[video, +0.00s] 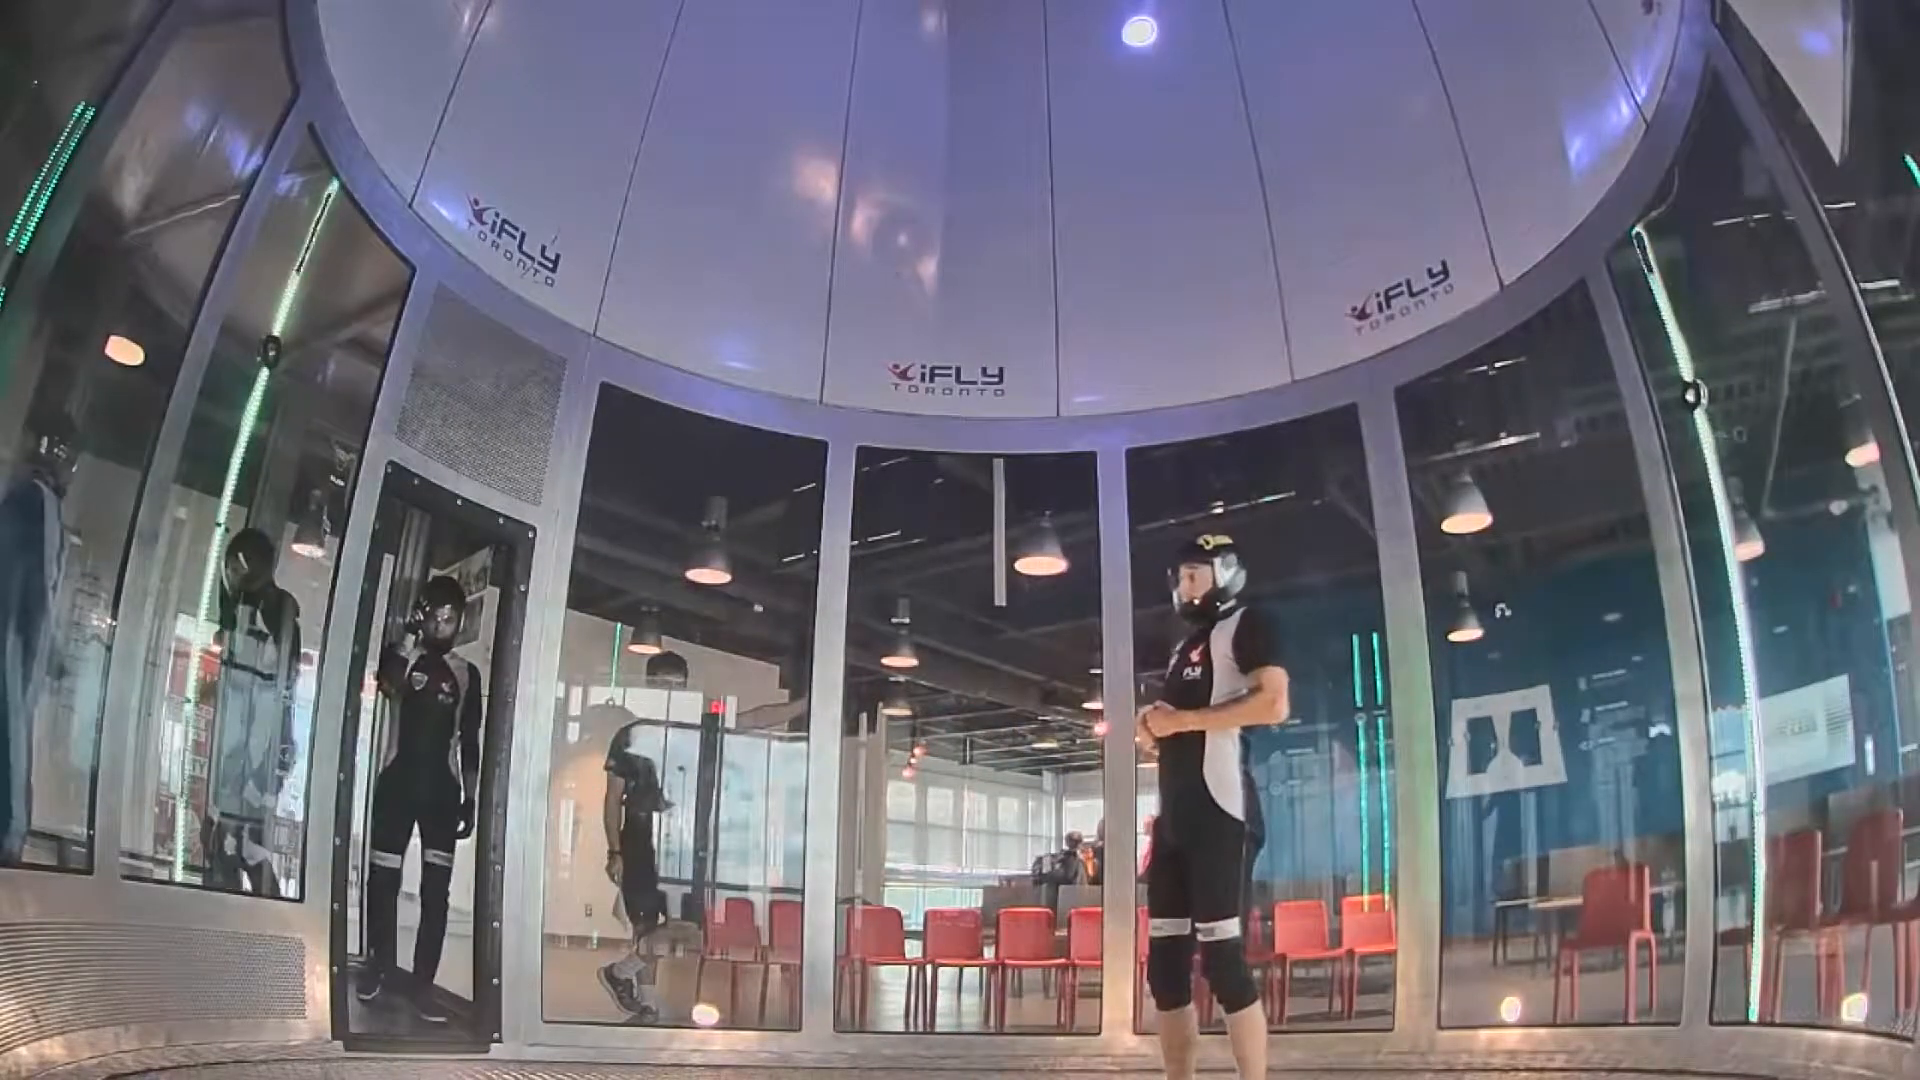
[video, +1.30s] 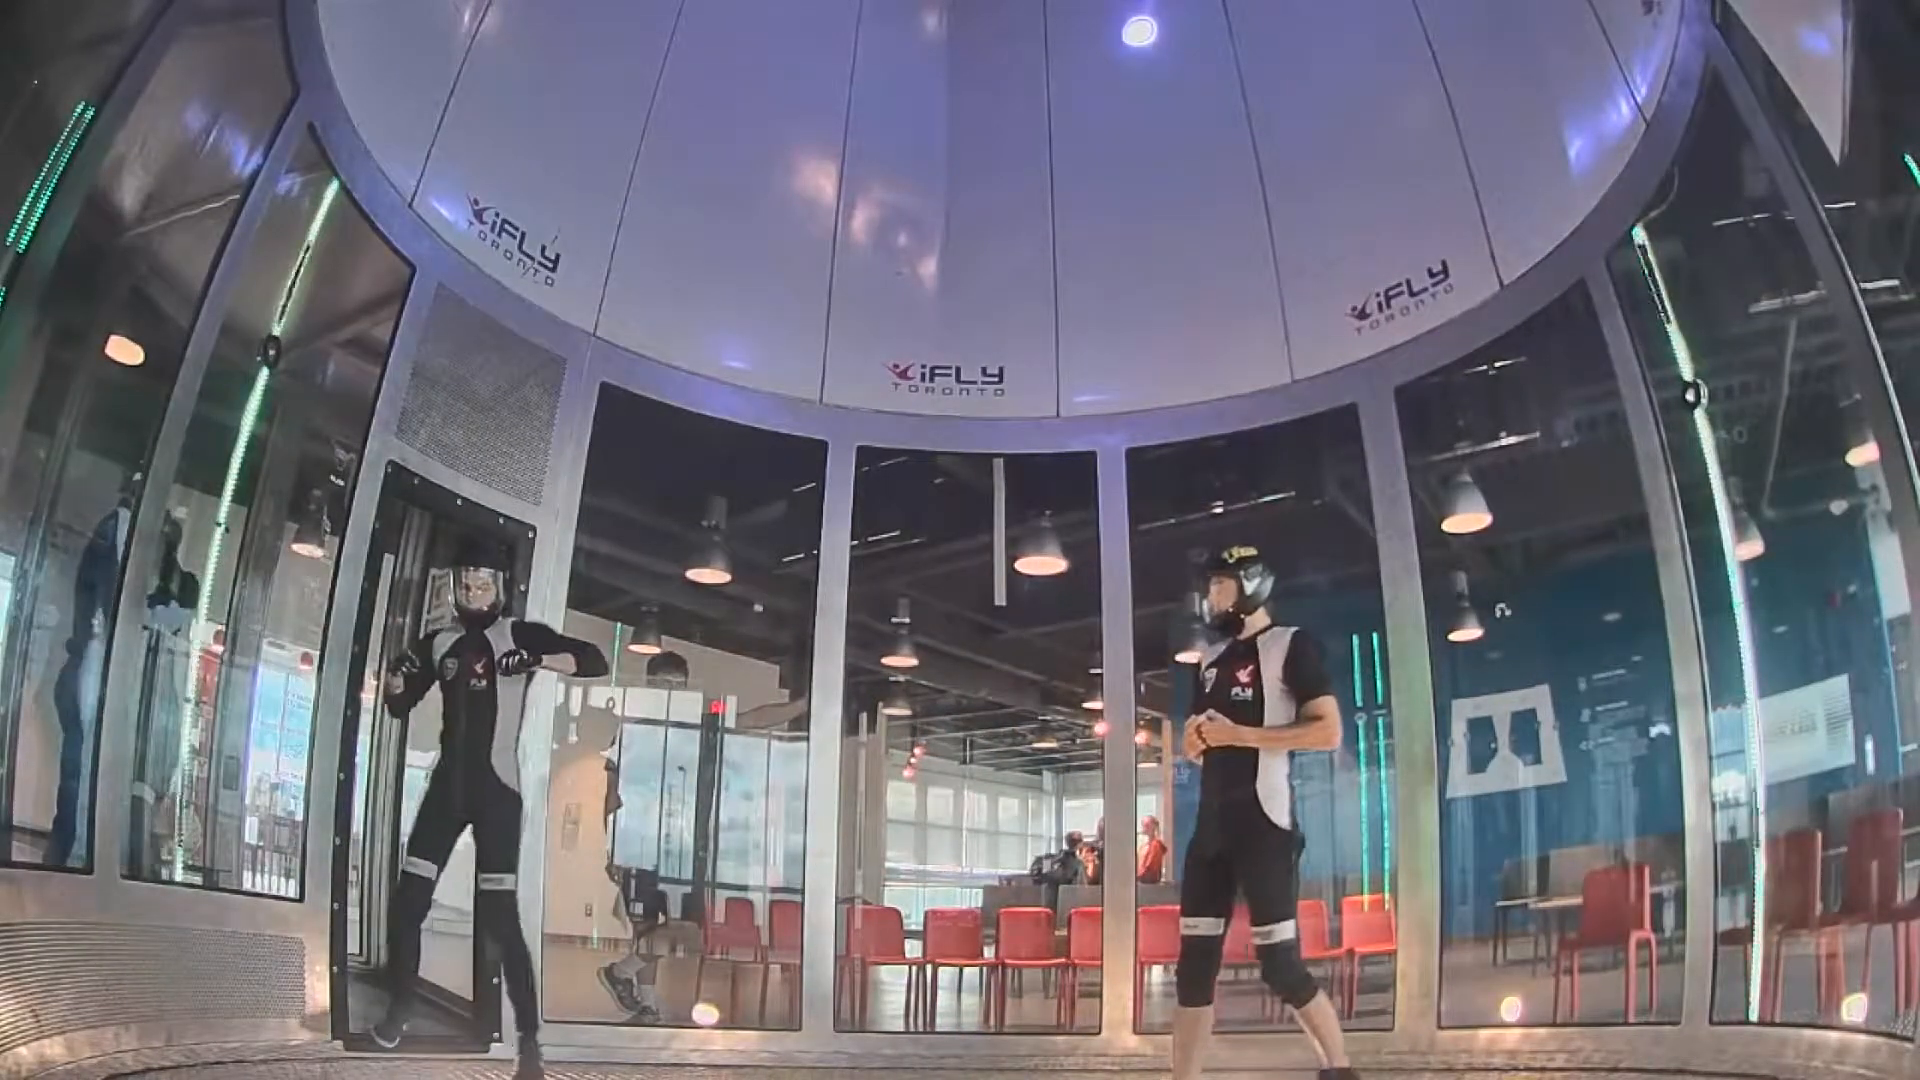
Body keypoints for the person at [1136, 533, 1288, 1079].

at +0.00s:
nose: (1186, 585)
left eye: (1197, 574)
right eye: (1183, 575)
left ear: (1226, 575)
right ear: (1179, 579)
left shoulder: (1252, 622)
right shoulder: (1185, 642)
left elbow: (1274, 703)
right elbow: (1184, 728)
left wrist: (1182, 719)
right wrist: (1149, 733)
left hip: (1224, 812)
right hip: (1175, 813)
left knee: (1223, 961)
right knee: (1166, 965)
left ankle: (1253, 1075)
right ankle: (1179, 1077)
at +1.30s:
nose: (1213, 595)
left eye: (1222, 584)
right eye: (1211, 586)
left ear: (1253, 586)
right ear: (1218, 594)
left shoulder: (1292, 645)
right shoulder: (1212, 662)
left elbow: (1329, 732)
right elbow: (1190, 749)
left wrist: (1240, 733)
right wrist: (1193, 741)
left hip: (1267, 823)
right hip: (1212, 824)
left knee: (1280, 965)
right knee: (1195, 962)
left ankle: (1339, 1068)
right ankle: (1183, 1076)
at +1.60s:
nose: (1274, 609)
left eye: (1284, 598)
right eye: (1272, 599)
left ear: (1315, 598)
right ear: (1272, 605)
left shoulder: (1367, 653)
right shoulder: (1268, 670)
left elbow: (1412, 729)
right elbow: (1251, 763)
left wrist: (1332, 733)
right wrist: (1271, 745)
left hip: (1354, 833)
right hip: (1293, 834)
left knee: (1373, 962)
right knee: (1242, 958)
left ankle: (1388, 1070)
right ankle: (1191, 1075)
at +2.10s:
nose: (1343, 596)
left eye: (1352, 585)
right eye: (1334, 587)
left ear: (1373, 591)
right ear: (1322, 598)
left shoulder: (1405, 646)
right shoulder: (1311, 667)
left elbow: (1449, 723)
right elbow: (1302, 760)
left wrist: (1371, 741)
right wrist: (1311, 750)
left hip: (1391, 826)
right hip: (1331, 827)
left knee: (1386, 966)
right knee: (1300, 955)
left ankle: (1393, 1066)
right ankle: (1293, 1075)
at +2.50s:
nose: (1327, 588)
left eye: (1336, 577)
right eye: (1317, 580)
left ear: (1355, 586)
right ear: (1304, 592)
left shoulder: (1399, 641)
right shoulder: (1292, 659)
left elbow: (1434, 702)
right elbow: (1284, 734)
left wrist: (1366, 647)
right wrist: (1322, 666)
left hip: (1382, 828)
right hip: (1318, 830)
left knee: (1387, 967)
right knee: (1313, 962)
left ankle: (1392, 1065)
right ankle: (1302, 1076)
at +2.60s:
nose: (1314, 579)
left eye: (1321, 573)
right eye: (1303, 571)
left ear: (1340, 584)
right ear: (1294, 588)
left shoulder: (1373, 634)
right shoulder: (1287, 641)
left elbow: (1408, 657)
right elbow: (1284, 665)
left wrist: (1366, 564)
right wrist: (1320, 583)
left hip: (1373, 816)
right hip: (1308, 820)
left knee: (1381, 965)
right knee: (1311, 967)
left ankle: (1391, 1062)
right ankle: (1301, 1078)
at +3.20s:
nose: (1298, 562)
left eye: (1305, 556)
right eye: (1282, 558)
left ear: (1321, 569)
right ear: (1268, 582)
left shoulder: (1372, 625)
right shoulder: (1271, 638)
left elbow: (1380, 574)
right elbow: (1283, 578)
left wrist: (1349, 475)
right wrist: (1295, 478)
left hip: (1379, 815)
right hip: (1306, 821)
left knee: (1395, 969)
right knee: (1307, 977)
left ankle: (1421, 1070)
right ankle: (1301, 1077)